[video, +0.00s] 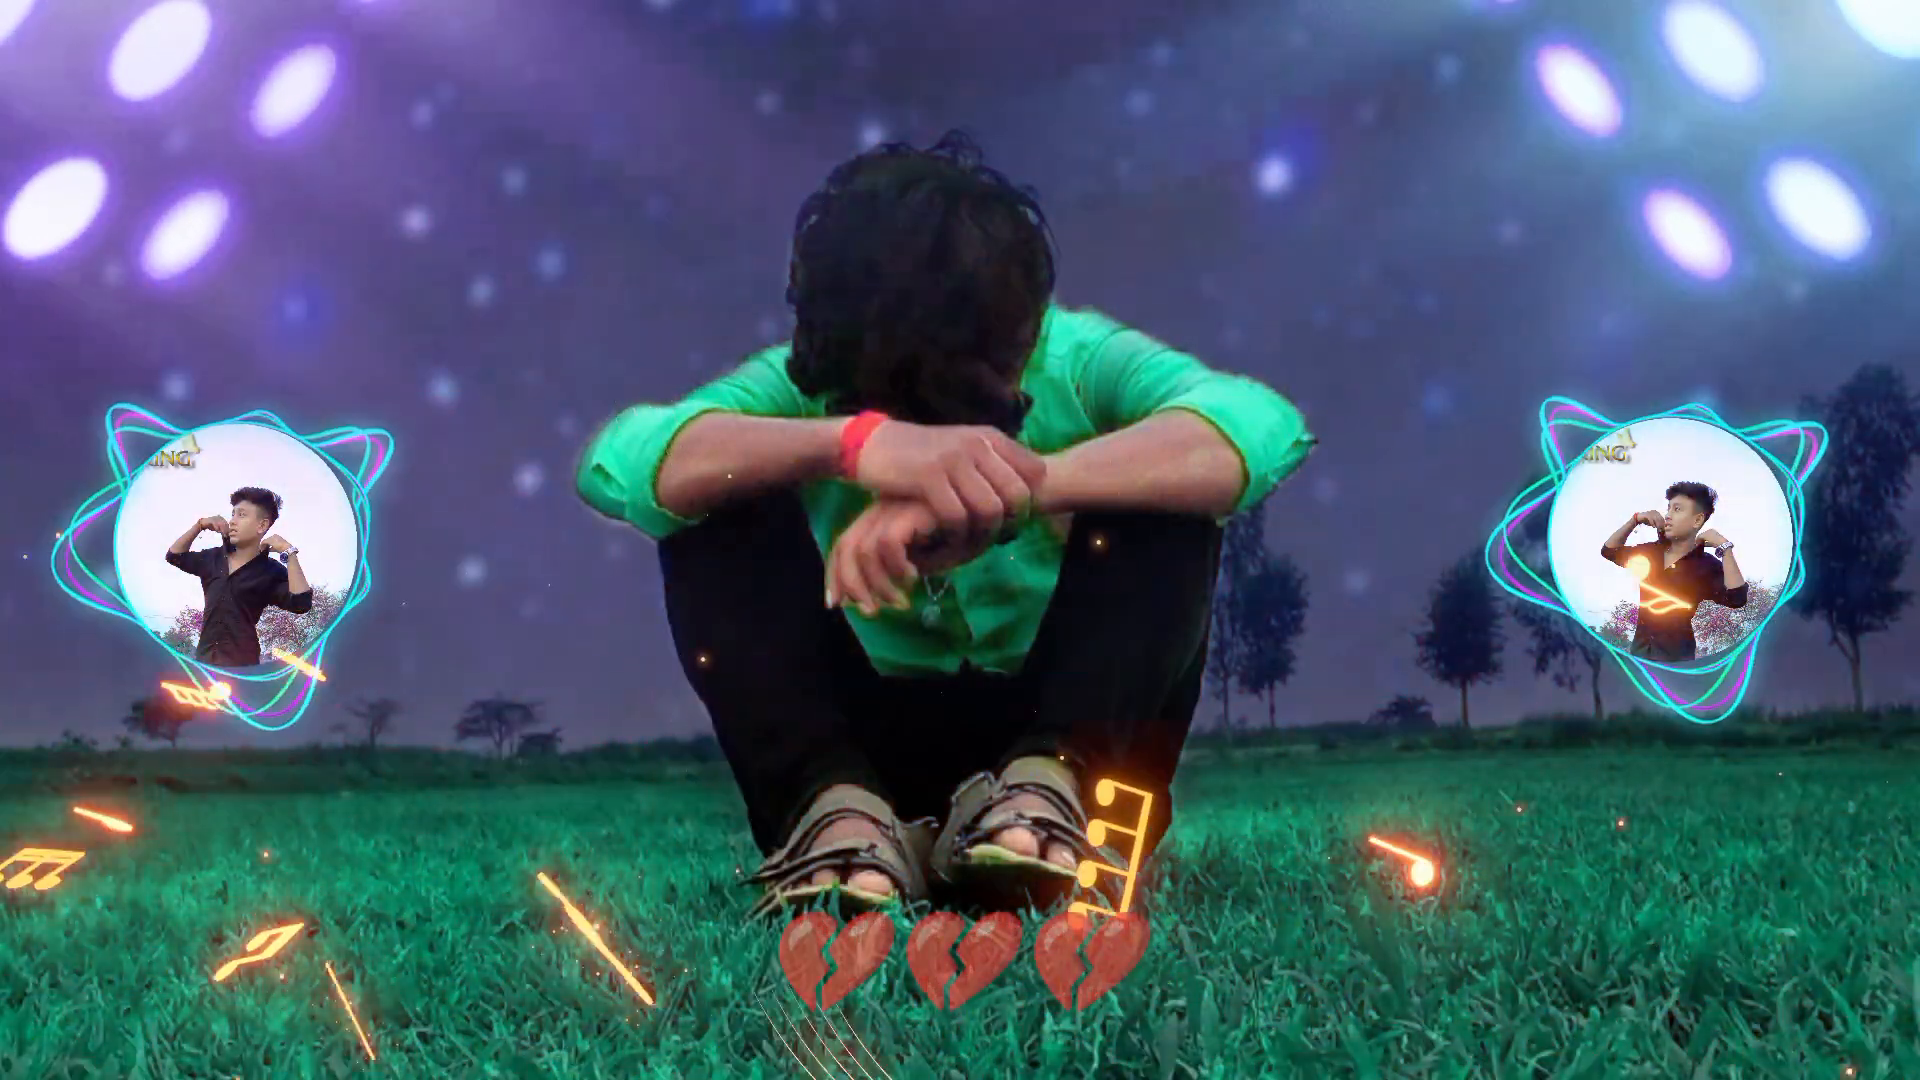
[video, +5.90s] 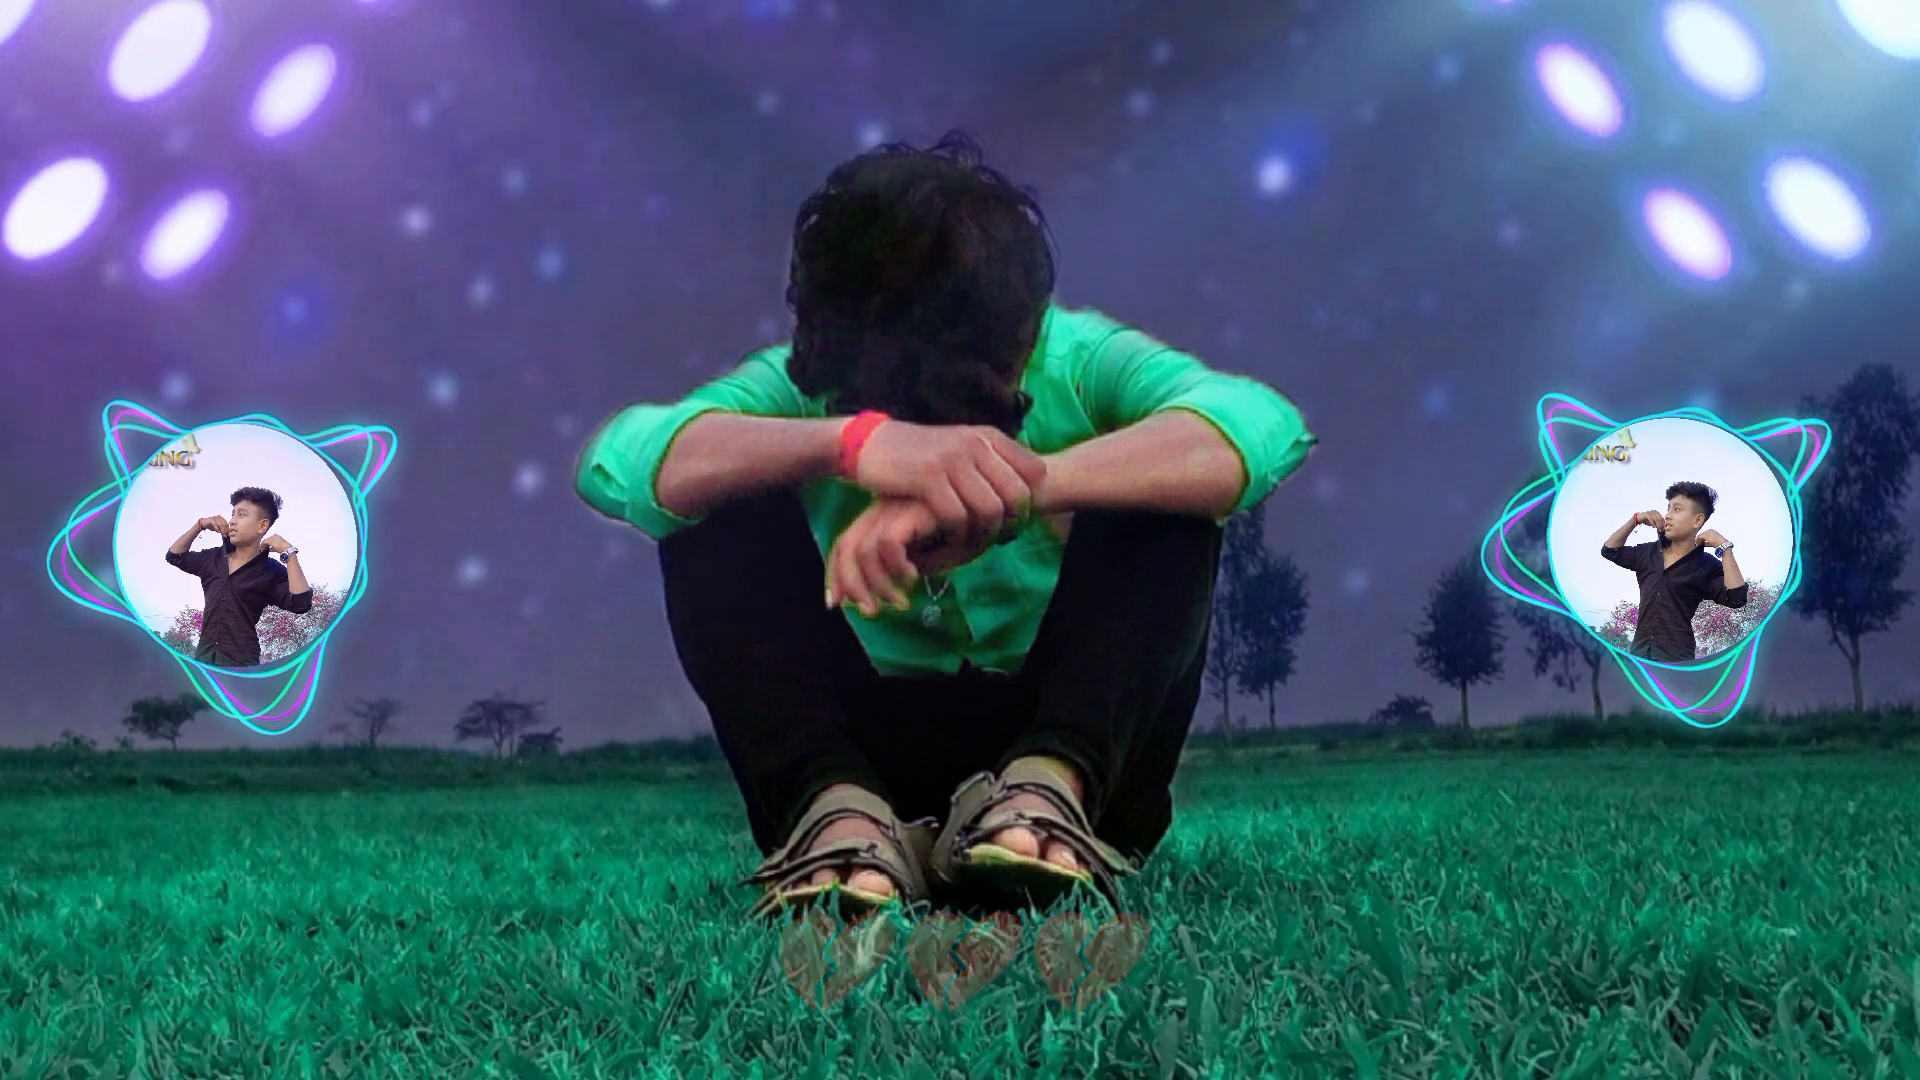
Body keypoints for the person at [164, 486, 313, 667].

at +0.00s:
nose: (232, 521)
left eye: (242, 515)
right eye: (233, 514)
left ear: (263, 525)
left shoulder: (270, 570)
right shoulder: (212, 558)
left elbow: (302, 604)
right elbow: (174, 556)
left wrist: (290, 553)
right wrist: (199, 526)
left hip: (243, 664)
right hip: (204, 660)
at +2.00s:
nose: (232, 521)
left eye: (241, 515)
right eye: (233, 514)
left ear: (263, 525)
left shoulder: (270, 570)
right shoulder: (212, 558)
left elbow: (301, 604)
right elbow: (174, 556)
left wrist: (290, 553)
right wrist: (199, 526)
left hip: (242, 664)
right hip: (204, 660)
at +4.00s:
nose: (232, 520)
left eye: (241, 515)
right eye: (233, 514)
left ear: (263, 525)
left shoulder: (270, 570)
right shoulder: (212, 558)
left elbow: (301, 604)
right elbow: (174, 556)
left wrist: (289, 553)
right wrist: (199, 526)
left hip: (242, 664)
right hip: (204, 660)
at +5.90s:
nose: (232, 521)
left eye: (242, 515)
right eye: (233, 514)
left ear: (263, 525)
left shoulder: (270, 570)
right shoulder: (212, 558)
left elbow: (301, 604)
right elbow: (174, 556)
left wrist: (289, 553)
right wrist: (199, 526)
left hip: (242, 663)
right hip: (203, 658)